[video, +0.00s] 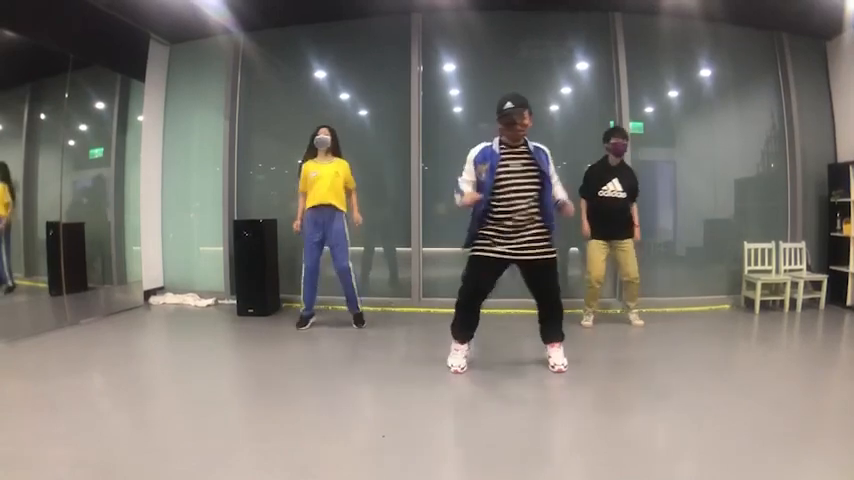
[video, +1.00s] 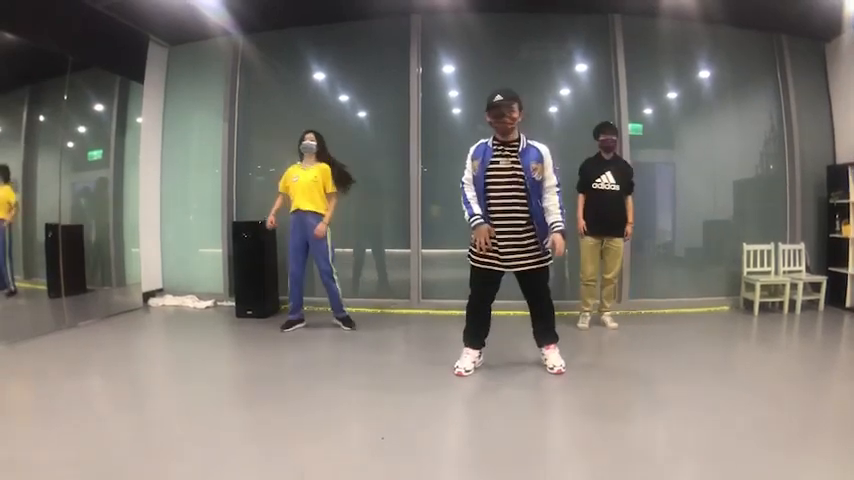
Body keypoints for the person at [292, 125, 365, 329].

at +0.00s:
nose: (322, 136)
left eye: (326, 134)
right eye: (319, 134)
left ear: (333, 141)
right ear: (314, 141)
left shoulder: (342, 164)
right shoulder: (307, 166)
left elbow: (351, 189)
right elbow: (302, 194)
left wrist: (355, 211)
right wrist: (299, 218)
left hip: (336, 213)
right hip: (312, 212)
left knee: (342, 264)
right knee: (310, 265)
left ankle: (355, 310)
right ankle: (307, 311)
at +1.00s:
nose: (308, 142)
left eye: (313, 139)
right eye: (305, 139)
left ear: (319, 146)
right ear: (300, 146)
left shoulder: (324, 169)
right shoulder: (292, 170)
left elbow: (333, 197)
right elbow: (282, 195)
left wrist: (325, 222)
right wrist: (272, 213)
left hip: (316, 217)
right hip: (296, 217)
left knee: (325, 269)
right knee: (295, 269)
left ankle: (340, 313)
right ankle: (296, 315)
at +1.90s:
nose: (298, 143)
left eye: (302, 140)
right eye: (295, 140)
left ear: (309, 144)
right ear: (291, 145)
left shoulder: (312, 162)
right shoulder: (291, 170)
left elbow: (321, 189)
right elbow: (287, 200)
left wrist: (295, 205)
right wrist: (271, 216)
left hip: (310, 217)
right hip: (290, 219)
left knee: (319, 267)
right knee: (277, 264)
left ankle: (331, 312)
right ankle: (280, 310)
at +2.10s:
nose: (283, 147)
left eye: (288, 144)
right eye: (281, 143)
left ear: (294, 149)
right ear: (275, 148)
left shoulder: (302, 172)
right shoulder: (268, 173)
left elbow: (311, 198)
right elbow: (260, 197)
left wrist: (301, 219)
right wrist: (264, 219)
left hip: (295, 220)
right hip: (274, 220)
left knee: (308, 268)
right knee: (270, 270)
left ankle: (327, 311)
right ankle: (265, 315)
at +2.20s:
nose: (282, 144)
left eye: (285, 141)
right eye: (278, 142)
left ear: (292, 146)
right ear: (273, 147)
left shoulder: (303, 171)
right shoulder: (267, 171)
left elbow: (307, 200)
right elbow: (263, 201)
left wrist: (311, 227)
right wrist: (264, 228)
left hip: (297, 218)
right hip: (274, 218)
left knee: (306, 259)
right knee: (271, 269)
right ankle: (266, 315)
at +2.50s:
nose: (291, 148)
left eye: (295, 145)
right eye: (287, 146)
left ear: (302, 150)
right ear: (282, 152)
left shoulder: (313, 177)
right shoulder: (277, 175)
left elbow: (327, 203)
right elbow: (259, 201)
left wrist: (323, 222)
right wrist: (263, 228)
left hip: (301, 226)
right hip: (278, 225)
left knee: (310, 268)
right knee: (269, 273)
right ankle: (258, 316)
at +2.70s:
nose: (307, 143)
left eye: (311, 141)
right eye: (303, 141)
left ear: (318, 147)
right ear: (298, 148)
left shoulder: (324, 175)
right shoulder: (289, 171)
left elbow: (332, 206)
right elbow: (279, 202)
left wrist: (314, 231)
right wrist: (269, 233)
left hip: (312, 224)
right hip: (288, 222)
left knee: (319, 273)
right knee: (281, 273)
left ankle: (327, 320)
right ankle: (277, 301)